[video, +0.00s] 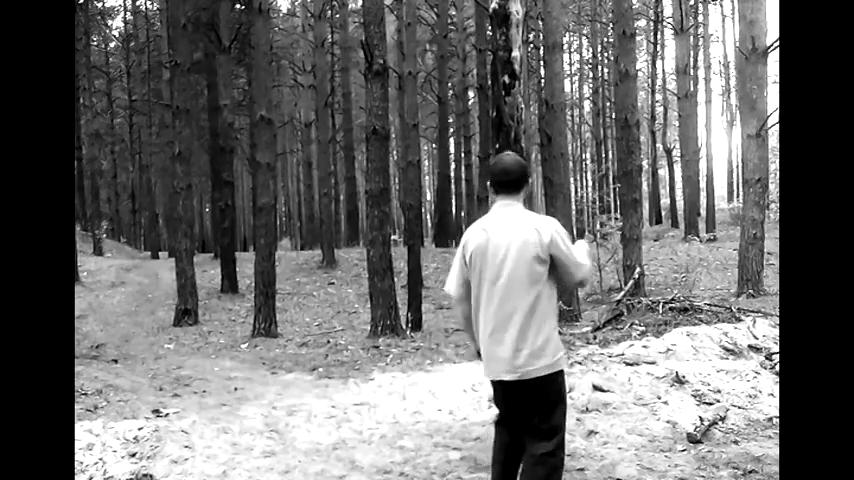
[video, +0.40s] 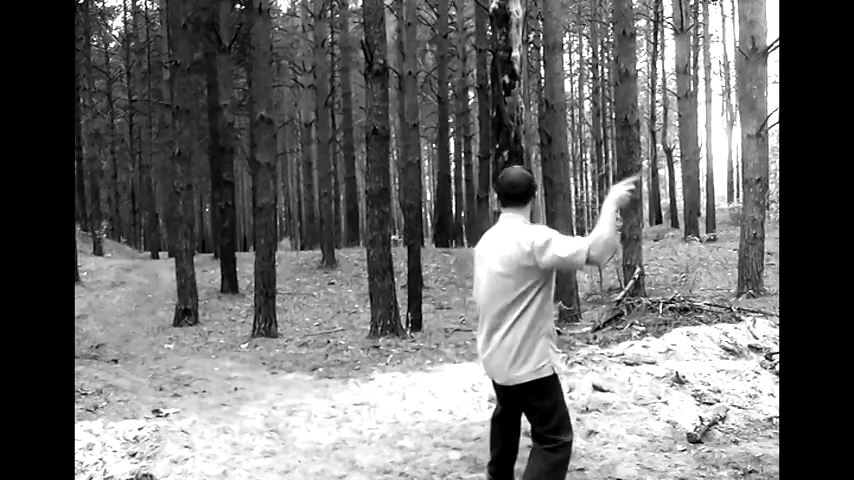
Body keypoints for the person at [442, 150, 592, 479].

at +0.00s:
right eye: (527, 182)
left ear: (489, 187)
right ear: (527, 185)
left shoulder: (473, 234)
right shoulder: (544, 228)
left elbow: (459, 298)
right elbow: (576, 274)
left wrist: (475, 341)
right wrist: (582, 249)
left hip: (496, 357)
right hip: (539, 356)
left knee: (508, 430)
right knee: (547, 442)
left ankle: (502, 477)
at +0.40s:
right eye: (536, 192)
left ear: (496, 199)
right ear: (533, 197)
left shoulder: (485, 241)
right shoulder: (533, 239)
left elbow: (482, 300)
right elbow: (597, 251)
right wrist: (611, 202)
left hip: (495, 359)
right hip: (530, 363)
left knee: (506, 414)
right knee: (554, 439)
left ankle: (498, 472)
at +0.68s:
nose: (513, 218)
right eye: (512, 214)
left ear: (478, 222)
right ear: (510, 220)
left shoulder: (464, 265)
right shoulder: (521, 258)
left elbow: (452, 313)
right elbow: (577, 260)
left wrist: (484, 322)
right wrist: (564, 221)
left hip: (479, 367)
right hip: (517, 367)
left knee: (491, 411)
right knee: (533, 436)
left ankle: (481, 473)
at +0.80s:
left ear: (458, 235)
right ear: (489, 230)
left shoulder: (455, 269)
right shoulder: (511, 258)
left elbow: (433, 317)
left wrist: (453, 337)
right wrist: (533, 227)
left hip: (479, 355)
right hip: (519, 348)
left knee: (479, 412)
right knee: (528, 418)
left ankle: (481, 473)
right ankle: (529, 475)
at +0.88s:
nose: (451, 246)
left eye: (451, 241)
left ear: (452, 242)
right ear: (479, 239)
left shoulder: (456, 262)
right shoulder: (492, 263)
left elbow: (447, 299)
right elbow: (493, 311)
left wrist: (437, 336)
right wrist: (469, 349)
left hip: (488, 339)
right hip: (524, 331)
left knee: (483, 405)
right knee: (531, 400)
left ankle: (478, 469)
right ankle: (530, 467)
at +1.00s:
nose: (445, 253)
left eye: (446, 249)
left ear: (448, 249)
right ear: (476, 247)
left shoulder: (451, 263)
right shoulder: (490, 269)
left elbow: (449, 285)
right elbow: (487, 325)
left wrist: (430, 327)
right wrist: (463, 370)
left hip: (488, 342)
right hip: (521, 329)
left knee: (484, 404)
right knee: (540, 385)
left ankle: (483, 469)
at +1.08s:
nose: (443, 253)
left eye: (444, 248)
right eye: (446, 247)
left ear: (447, 248)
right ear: (472, 246)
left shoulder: (449, 262)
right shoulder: (488, 267)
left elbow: (442, 287)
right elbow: (489, 317)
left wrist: (423, 326)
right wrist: (473, 360)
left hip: (488, 340)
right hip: (522, 328)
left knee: (484, 405)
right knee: (549, 384)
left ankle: (485, 469)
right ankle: (587, 400)